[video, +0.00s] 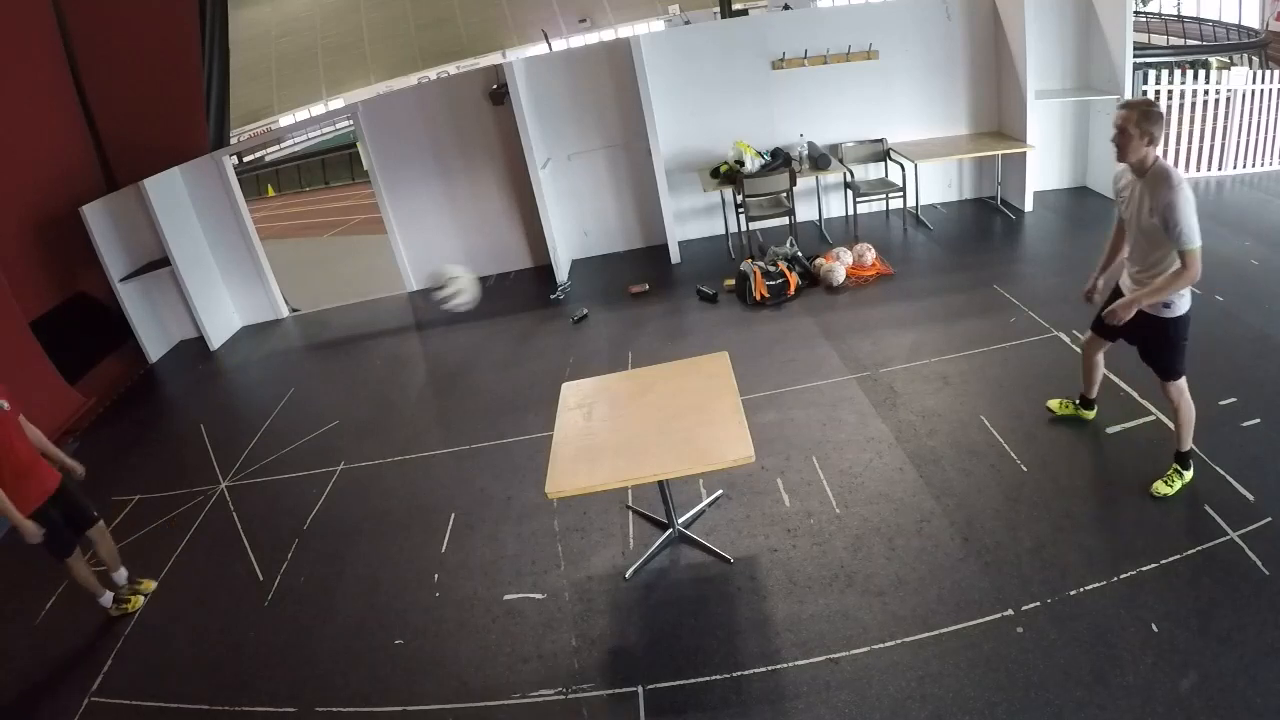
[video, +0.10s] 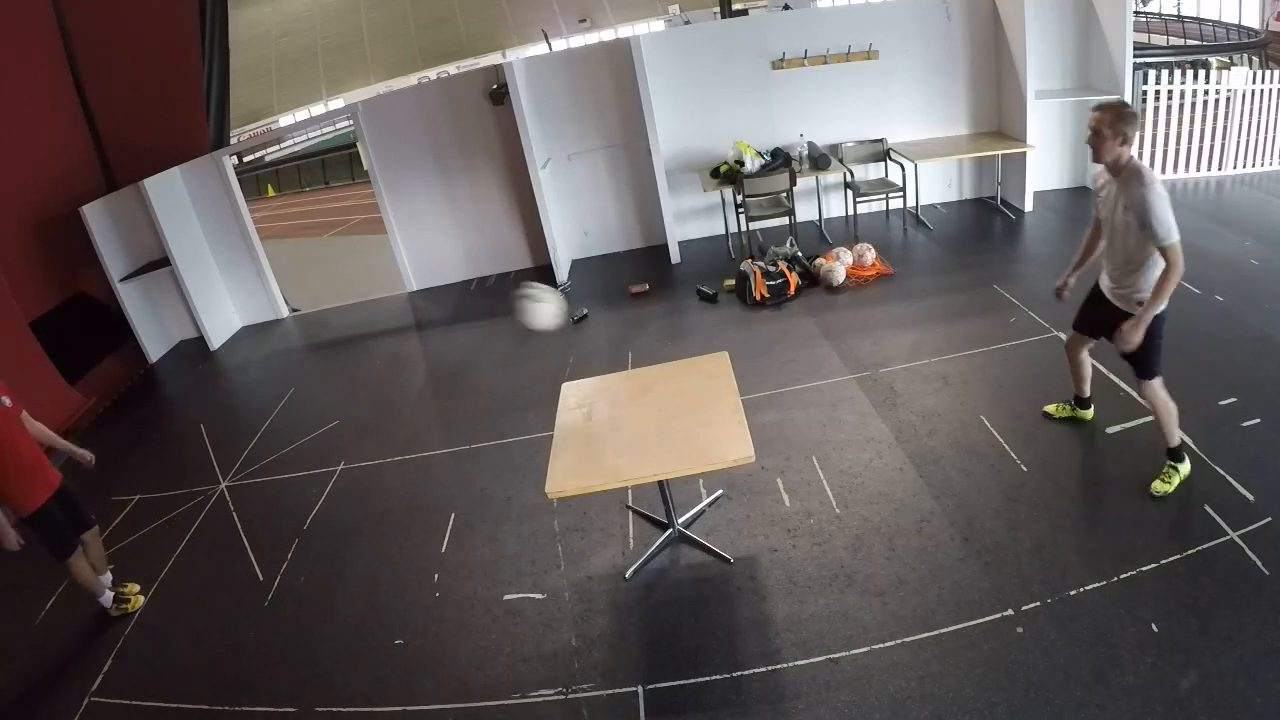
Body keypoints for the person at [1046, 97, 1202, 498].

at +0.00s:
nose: (1115, 137)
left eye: (1124, 133)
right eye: (1116, 130)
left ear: (1149, 141)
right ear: (1124, 135)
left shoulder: (1172, 190)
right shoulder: (1123, 177)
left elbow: (1191, 269)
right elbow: (1122, 231)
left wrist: (1136, 300)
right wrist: (1100, 276)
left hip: (1166, 307)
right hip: (1127, 291)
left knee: (1174, 389)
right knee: (1091, 347)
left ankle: (1183, 463)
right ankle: (1086, 404)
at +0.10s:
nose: (1089, 139)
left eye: (1097, 133)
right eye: (1090, 131)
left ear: (1122, 139)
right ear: (1110, 138)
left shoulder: (1147, 190)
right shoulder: (1104, 179)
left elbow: (1175, 266)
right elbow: (1097, 231)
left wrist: (1141, 320)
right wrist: (1071, 273)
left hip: (1141, 303)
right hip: (1106, 287)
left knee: (1150, 387)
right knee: (1075, 344)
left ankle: (1177, 458)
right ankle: (1082, 405)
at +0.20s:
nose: (1065, 136)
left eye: (1072, 130)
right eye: (1065, 129)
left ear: (1098, 135)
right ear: (1083, 133)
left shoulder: (1123, 183)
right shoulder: (1082, 173)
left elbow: (1157, 249)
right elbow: (1075, 224)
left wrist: (1156, 316)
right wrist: (1044, 268)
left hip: (1121, 294)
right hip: (1090, 279)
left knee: (1100, 377)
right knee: (1067, 342)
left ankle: (1148, 436)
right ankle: (1081, 406)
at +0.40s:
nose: (1030, 119)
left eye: (1038, 112)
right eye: (1031, 111)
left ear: (1063, 116)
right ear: (1054, 117)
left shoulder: (1096, 165)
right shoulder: (1046, 157)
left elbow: (1134, 228)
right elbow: (1043, 207)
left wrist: (1149, 288)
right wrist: (1014, 246)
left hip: (1079, 275)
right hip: (1051, 264)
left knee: (1040, 345)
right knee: (1036, 329)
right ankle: (1066, 383)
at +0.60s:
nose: (1002, 143)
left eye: (1006, 136)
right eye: (1001, 135)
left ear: (1029, 134)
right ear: (1027, 133)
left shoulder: (1062, 182)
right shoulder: (1031, 165)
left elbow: (1080, 261)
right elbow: (1035, 224)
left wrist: (1074, 329)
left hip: (1036, 285)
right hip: (1012, 263)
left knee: (1002, 355)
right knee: (954, 306)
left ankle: (1024, 419)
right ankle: (957, 366)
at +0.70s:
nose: (986, 145)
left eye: (988, 137)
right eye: (984, 137)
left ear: (1009, 133)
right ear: (1009, 131)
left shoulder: (1043, 180)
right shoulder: (1021, 160)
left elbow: (1049, 261)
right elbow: (1024, 221)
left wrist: (1013, 315)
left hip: (1023, 281)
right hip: (999, 259)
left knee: (1000, 349)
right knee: (940, 306)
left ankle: (1024, 417)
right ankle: (886, 352)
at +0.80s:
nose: (967, 137)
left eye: (969, 130)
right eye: (965, 130)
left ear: (990, 127)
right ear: (991, 125)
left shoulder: (1025, 168)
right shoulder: (1009, 154)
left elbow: (1017, 251)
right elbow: (1006, 221)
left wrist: (969, 298)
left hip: (1011, 276)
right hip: (987, 256)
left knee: (1002, 352)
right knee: (931, 304)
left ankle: (1024, 417)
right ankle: (873, 358)